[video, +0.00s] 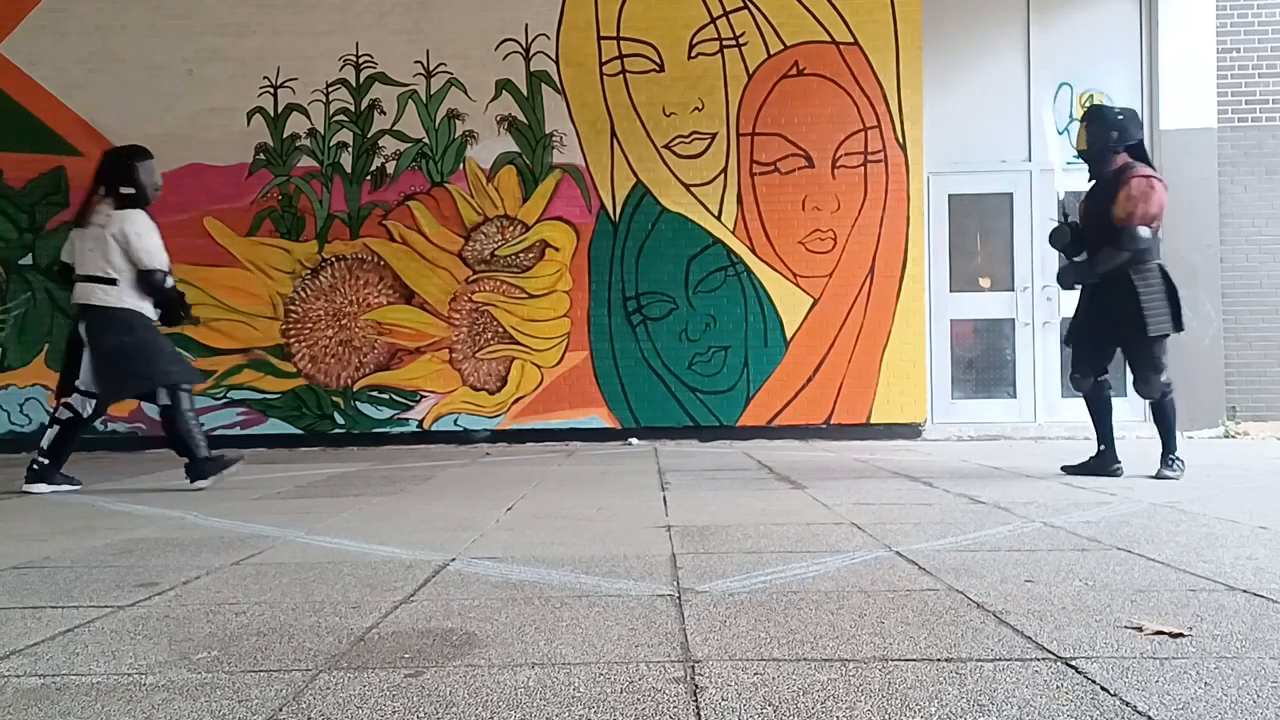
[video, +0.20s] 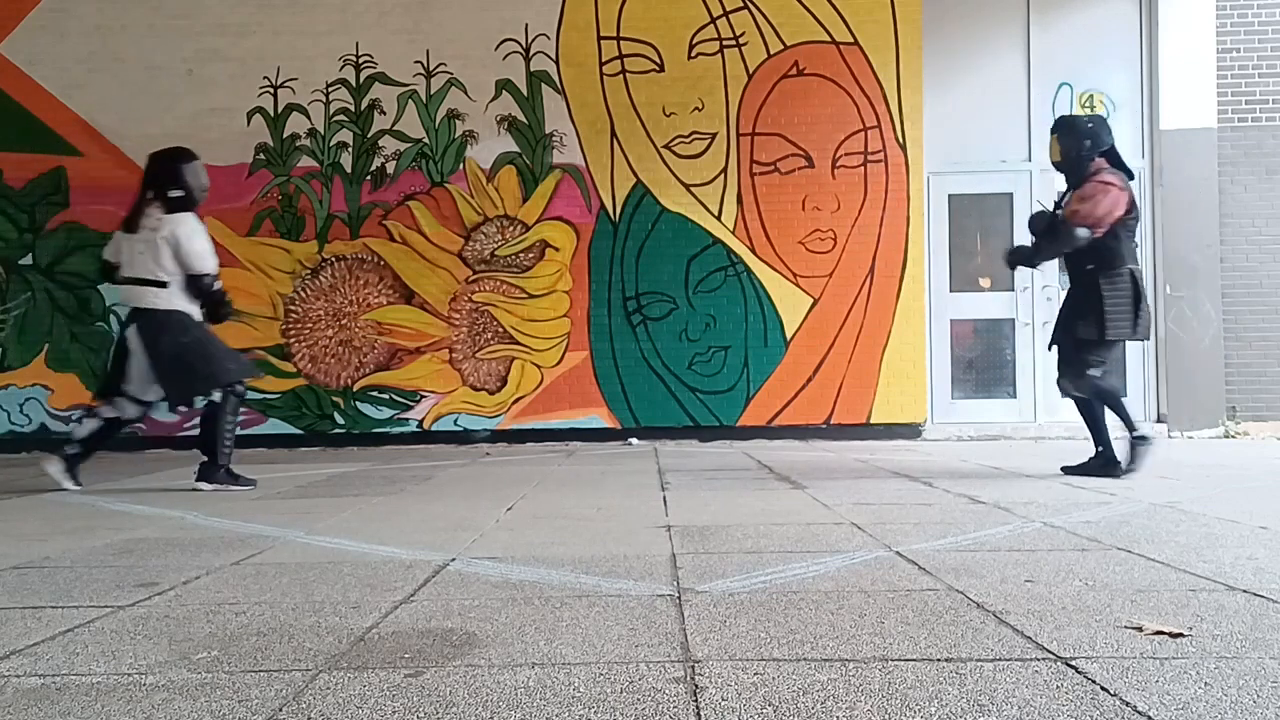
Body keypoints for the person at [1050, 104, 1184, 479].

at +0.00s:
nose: (1081, 144)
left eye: (1088, 136)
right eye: (1082, 136)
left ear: (1110, 138)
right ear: (1112, 139)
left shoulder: (1139, 182)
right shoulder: (1099, 188)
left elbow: (1135, 245)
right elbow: (1092, 242)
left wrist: (1084, 269)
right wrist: (1070, 239)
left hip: (1138, 286)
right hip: (1101, 289)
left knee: (1150, 378)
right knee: (1087, 372)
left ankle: (1170, 456)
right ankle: (1106, 454)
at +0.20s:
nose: (1056, 155)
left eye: (1062, 146)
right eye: (1055, 146)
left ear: (1084, 146)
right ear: (1086, 147)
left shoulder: (1105, 186)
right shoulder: (1085, 185)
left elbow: (1069, 235)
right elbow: (1066, 231)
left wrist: (1028, 255)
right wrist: (1046, 225)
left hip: (1106, 291)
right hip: (1087, 292)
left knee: (1081, 374)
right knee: (1073, 376)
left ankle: (1138, 435)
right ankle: (1105, 456)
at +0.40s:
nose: (1024, 163)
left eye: (1030, 155)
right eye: (1024, 155)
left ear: (1052, 156)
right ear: (1063, 157)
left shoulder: (1062, 195)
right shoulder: (1081, 190)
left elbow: (1019, 242)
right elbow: (1049, 229)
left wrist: (978, 245)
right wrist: (1019, 218)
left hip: (1079, 297)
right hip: (1098, 297)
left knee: (1028, 368)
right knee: (1062, 377)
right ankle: (1103, 456)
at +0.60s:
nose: (991, 172)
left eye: (996, 165)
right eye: (991, 165)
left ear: (1018, 167)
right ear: (1033, 169)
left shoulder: (1021, 206)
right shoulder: (1055, 201)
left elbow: (981, 254)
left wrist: (954, 260)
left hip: (1034, 308)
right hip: (1059, 306)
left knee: (977, 374)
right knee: (1039, 391)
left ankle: (948, 458)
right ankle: (1102, 456)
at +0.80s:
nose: (961, 168)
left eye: (967, 161)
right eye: (962, 160)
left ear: (989, 164)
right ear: (1005, 166)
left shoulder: (988, 203)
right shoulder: (1035, 205)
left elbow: (953, 257)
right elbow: (1017, 254)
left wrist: (932, 269)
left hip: (997, 304)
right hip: (1028, 305)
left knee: (935, 372)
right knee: (1012, 389)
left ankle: (941, 460)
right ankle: (1085, 442)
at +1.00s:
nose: (948, 168)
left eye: (953, 160)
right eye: (949, 160)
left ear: (977, 162)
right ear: (992, 164)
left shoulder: (977, 201)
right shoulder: (1021, 201)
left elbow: (941, 255)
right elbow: (1008, 250)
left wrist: (921, 268)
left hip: (989, 304)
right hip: (1022, 305)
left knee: (929, 371)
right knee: (1014, 389)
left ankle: (941, 460)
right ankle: (1070, 455)